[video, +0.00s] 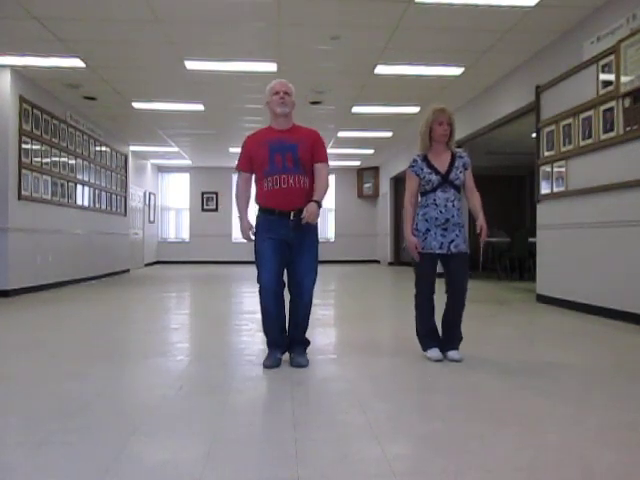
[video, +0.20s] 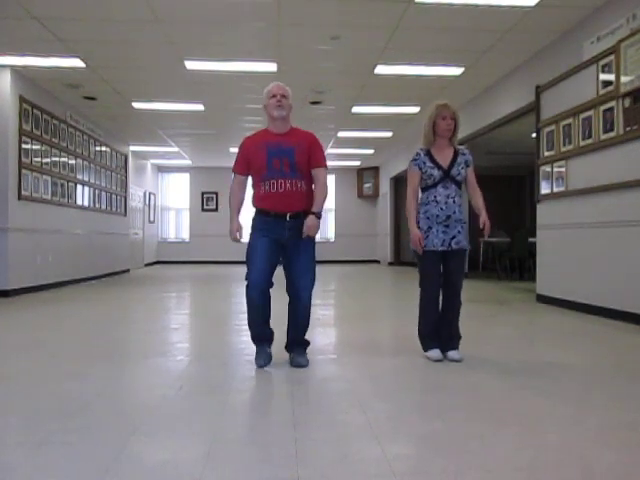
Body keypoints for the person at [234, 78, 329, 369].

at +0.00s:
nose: (282, 96)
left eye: (287, 93)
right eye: (276, 93)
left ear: (295, 102)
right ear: (267, 102)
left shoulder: (311, 137)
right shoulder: (254, 141)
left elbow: (322, 175)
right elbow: (243, 182)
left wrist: (316, 202)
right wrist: (243, 216)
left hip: (304, 220)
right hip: (269, 220)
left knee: (303, 287)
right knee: (268, 285)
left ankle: (298, 346)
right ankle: (275, 347)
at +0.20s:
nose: (279, 99)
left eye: (283, 96)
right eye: (273, 96)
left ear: (292, 105)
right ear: (264, 106)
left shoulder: (308, 140)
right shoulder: (251, 143)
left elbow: (321, 181)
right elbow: (239, 182)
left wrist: (315, 214)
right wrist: (235, 217)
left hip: (301, 223)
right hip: (265, 223)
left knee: (302, 290)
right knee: (256, 284)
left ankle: (297, 347)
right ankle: (262, 343)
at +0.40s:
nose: (271, 102)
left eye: (276, 99)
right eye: (265, 99)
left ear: (284, 108)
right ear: (257, 108)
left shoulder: (299, 145)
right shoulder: (242, 145)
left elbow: (315, 184)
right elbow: (229, 184)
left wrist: (316, 220)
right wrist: (226, 221)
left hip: (290, 227)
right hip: (253, 227)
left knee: (295, 292)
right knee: (251, 292)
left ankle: (297, 348)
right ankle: (248, 349)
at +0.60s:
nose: (261, 100)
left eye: (266, 96)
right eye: (256, 97)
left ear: (275, 105)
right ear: (248, 106)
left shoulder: (289, 142)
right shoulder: (231, 141)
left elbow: (302, 182)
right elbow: (216, 180)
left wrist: (305, 218)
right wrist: (221, 215)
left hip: (278, 224)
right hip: (241, 224)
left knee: (290, 286)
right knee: (243, 291)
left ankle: (296, 346)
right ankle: (248, 348)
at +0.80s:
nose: (255, 98)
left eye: (260, 94)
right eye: (250, 95)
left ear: (269, 102)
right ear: (242, 103)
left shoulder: (285, 139)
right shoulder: (227, 139)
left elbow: (297, 178)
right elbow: (211, 176)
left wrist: (296, 214)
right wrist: (216, 208)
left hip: (274, 222)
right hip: (236, 222)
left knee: (281, 283)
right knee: (240, 288)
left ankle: (277, 344)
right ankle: (248, 346)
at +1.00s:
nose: (254, 99)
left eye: (259, 95)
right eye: (248, 95)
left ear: (267, 103)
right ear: (240, 104)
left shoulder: (284, 140)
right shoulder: (225, 140)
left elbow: (299, 178)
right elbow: (212, 177)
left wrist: (299, 214)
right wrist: (214, 208)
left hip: (272, 221)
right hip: (235, 221)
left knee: (279, 280)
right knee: (239, 288)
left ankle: (277, 343)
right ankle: (248, 346)